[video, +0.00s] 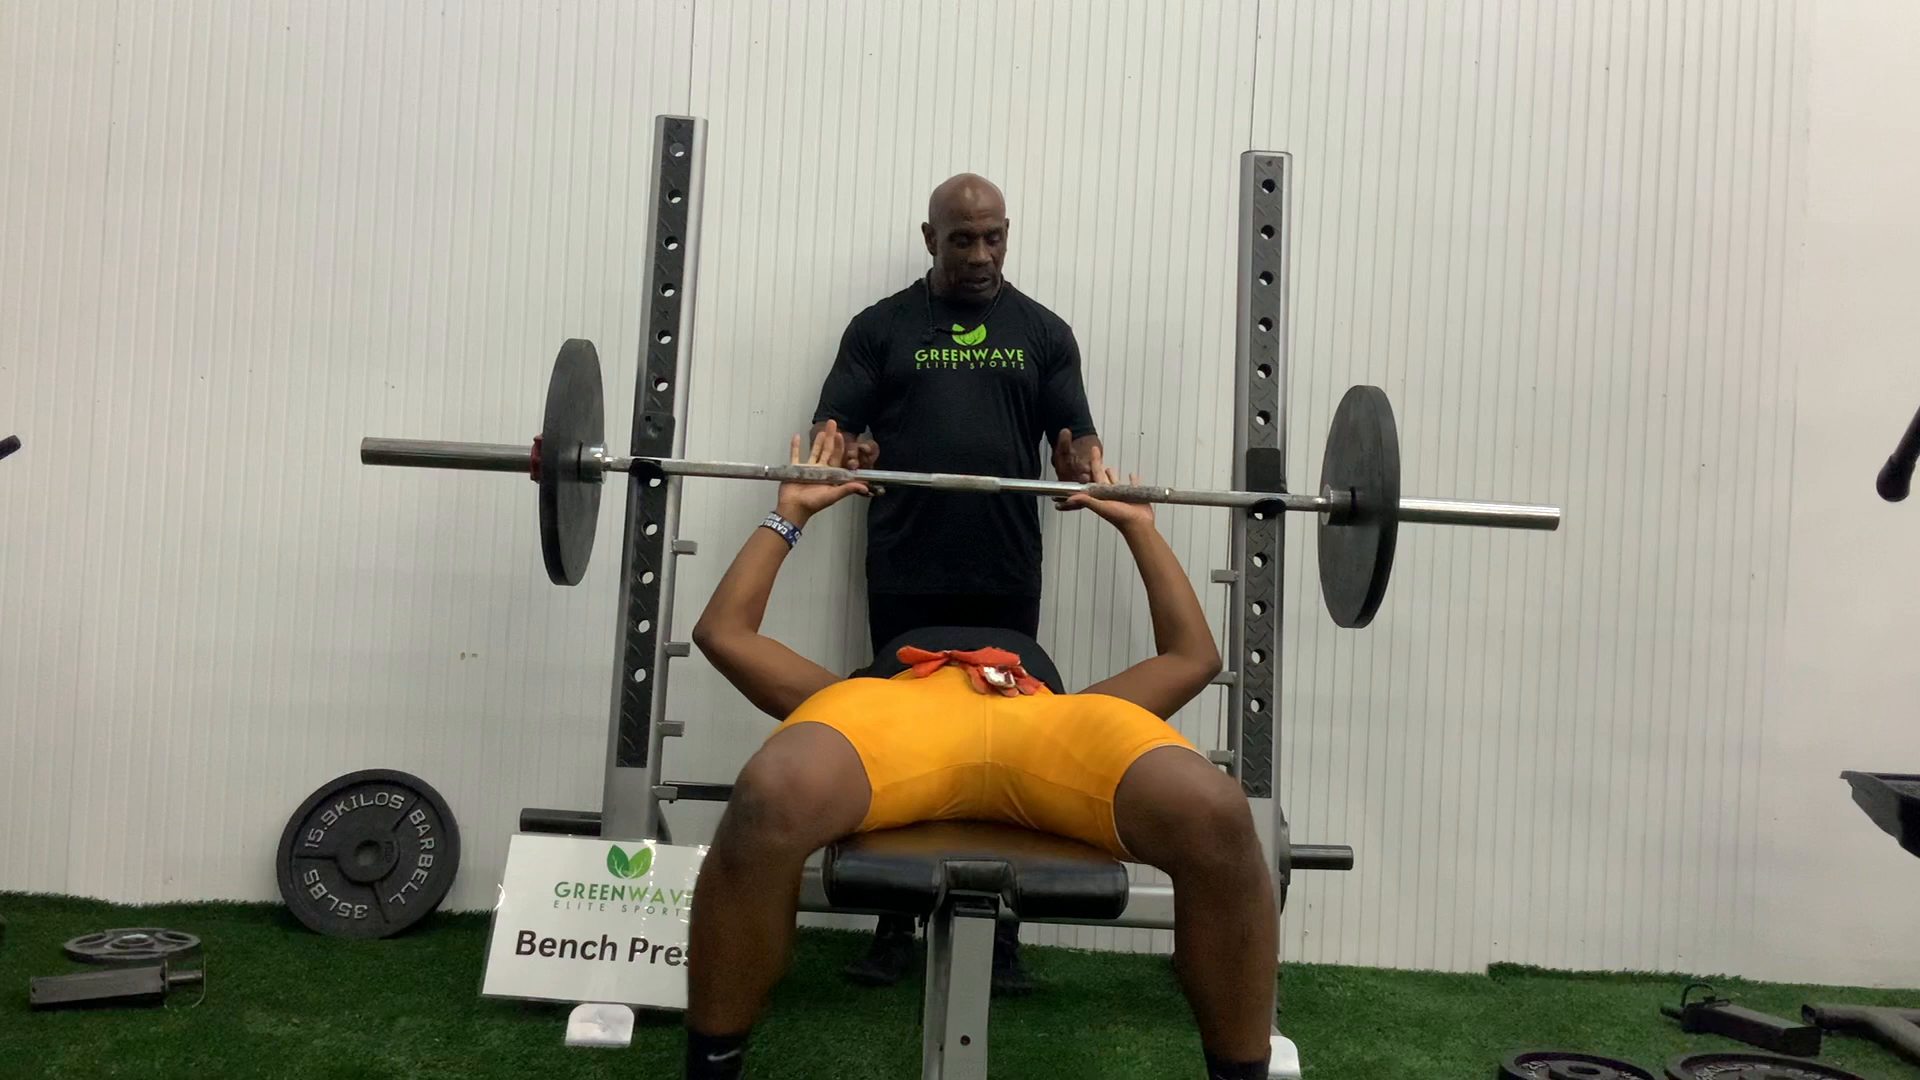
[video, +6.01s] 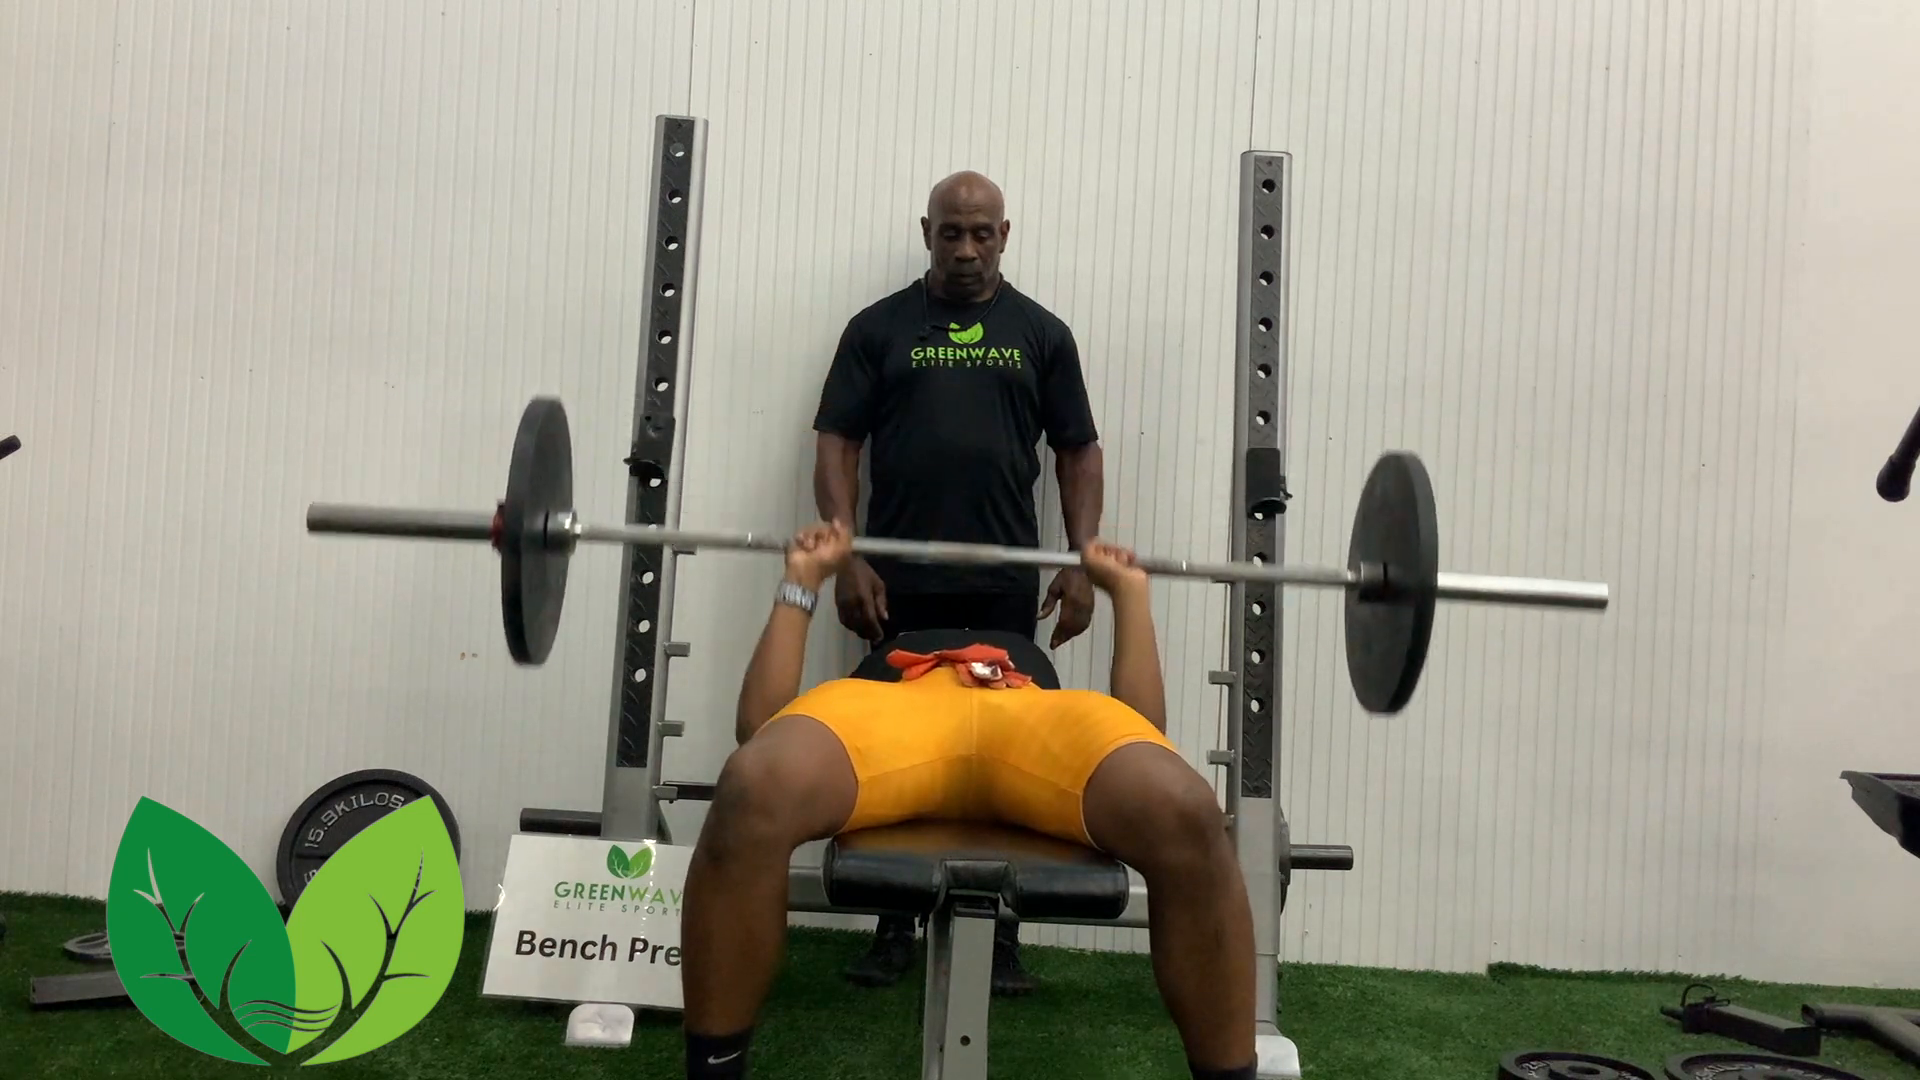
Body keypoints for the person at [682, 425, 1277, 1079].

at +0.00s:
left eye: (1004, 667)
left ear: (1032, 687)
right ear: (889, 675)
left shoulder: (1077, 706)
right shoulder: (856, 691)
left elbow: (1195, 656)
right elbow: (723, 630)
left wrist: (1139, 524)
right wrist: (789, 511)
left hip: (1054, 717)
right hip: (882, 706)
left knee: (1218, 817)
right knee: (766, 799)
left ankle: (1245, 1070)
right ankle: (710, 1065)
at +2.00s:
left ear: (1033, 682)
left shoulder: (1069, 705)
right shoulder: (858, 690)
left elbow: (1193, 649)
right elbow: (725, 626)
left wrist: (1134, 519)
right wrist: (799, 514)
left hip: (1053, 717)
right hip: (886, 705)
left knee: (1212, 811)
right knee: (757, 798)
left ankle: (1230, 1072)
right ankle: (708, 1068)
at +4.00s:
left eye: (1001, 647)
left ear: (1030, 673)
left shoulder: (1067, 696)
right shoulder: (861, 689)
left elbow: (1175, 643)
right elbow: (740, 625)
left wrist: (1116, 514)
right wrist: (807, 508)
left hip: (1048, 711)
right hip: (886, 704)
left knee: (1196, 808)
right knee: (755, 791)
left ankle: (1227, 1072)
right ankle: (711, 1068)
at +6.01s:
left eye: (995, 666)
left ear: (1011, 678)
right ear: (896, 660)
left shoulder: (1041, 692)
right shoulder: (873, 684)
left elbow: (1144, 732)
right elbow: (758, 732)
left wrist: (1130, 590)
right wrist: (798, 589)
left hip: (1035, 713)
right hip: (882, 702)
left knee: (1188, 817)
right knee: (752, 788)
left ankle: (1230, 1072)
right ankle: (713, 1065)